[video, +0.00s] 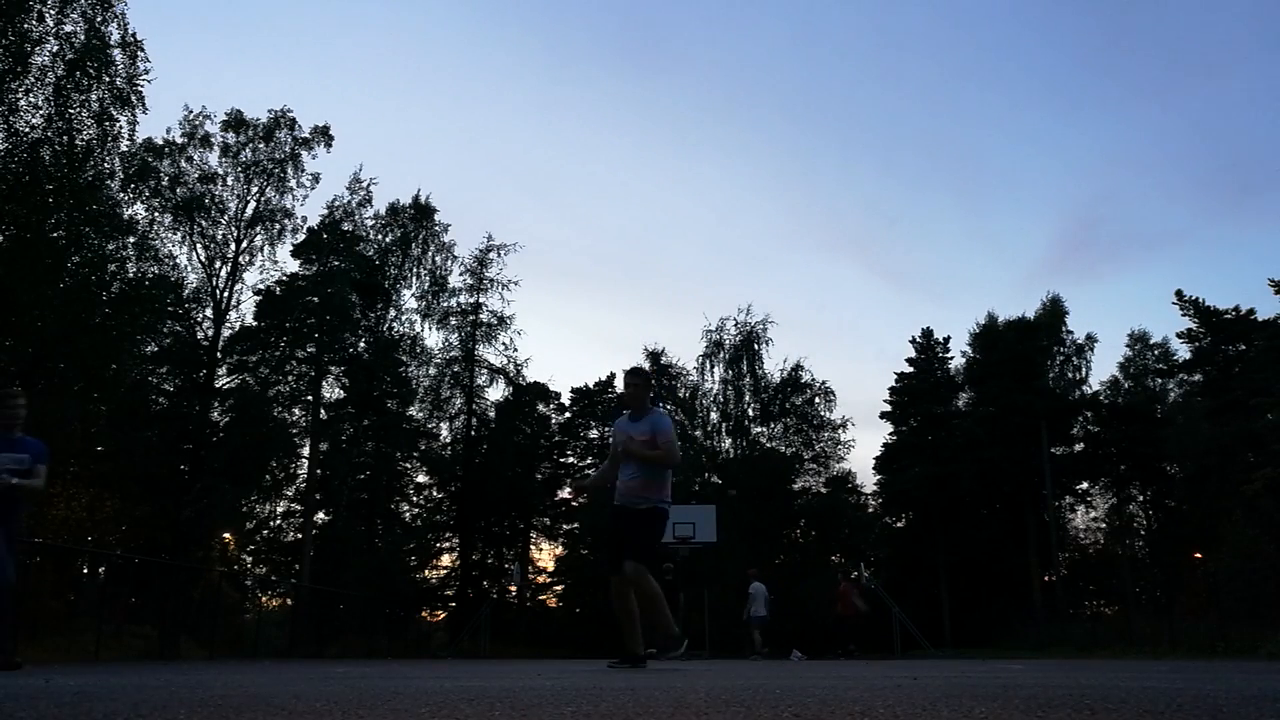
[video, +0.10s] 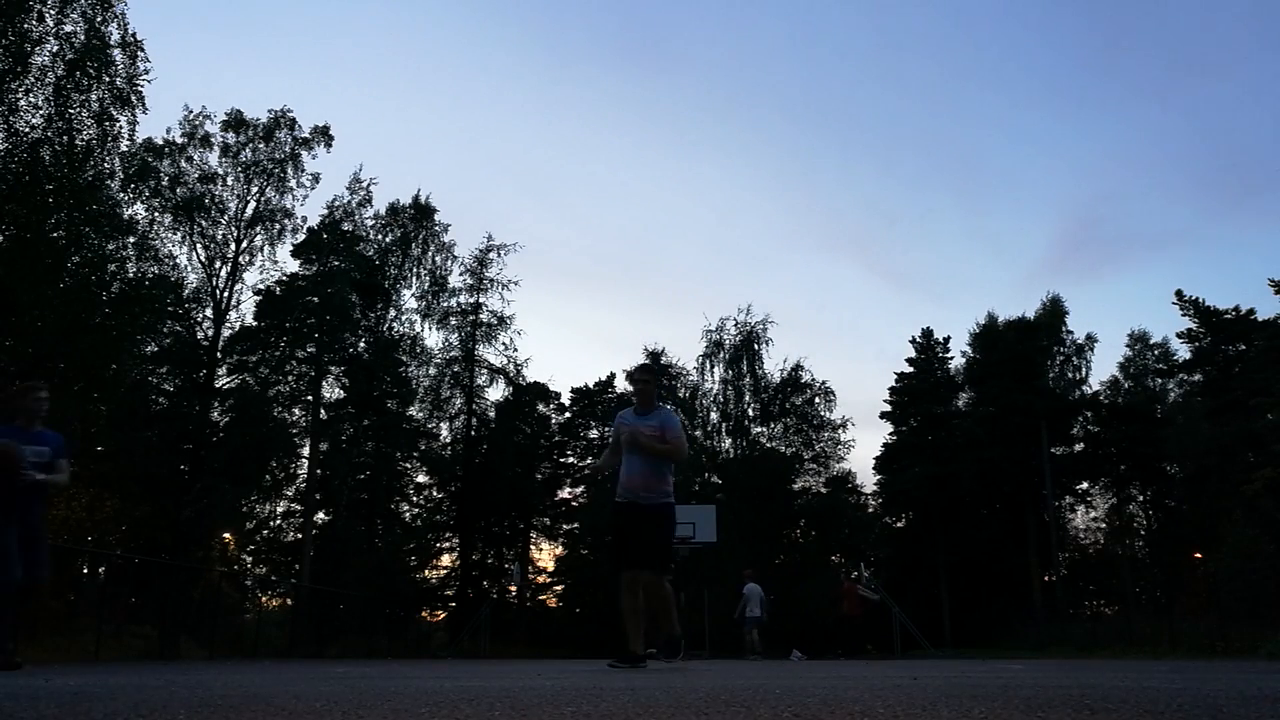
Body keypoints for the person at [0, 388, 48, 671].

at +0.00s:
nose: (16, 413)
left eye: (20, 408)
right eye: (11, 408)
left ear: (25, 412)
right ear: (3, 411)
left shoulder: (33, 448)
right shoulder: (3, 445)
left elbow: (39, 482)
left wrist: (14, 481)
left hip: (17, 524)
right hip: (2, 524)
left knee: (12, 586)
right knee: (6, 585)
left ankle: (9, 651)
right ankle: (5, 651)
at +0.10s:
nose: (43, 406)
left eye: (45, 401)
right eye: (37, 401)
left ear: (47, 405)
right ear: (24, 403)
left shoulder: (52, 439)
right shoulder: (9, 436)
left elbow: (64, 476)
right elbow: (8, 471)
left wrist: (40, 478)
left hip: (37, 516)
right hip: (8, 515)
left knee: (33, 582)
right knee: (9, 582)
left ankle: (20, 647)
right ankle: (6, 649)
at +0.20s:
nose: (64, 400)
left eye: (66, 396)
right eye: (58, 395)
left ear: (68, 400)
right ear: (43, 397)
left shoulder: (72, 436)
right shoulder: (20, 430)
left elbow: (85, 474)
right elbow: (7, 467)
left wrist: (65, 476)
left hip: (55, 513)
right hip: (20, 512)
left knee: (58, 578)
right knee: (18, 580)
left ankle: (46, 646)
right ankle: (14, 648)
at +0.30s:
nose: (86, 403)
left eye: (88, 398)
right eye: (81, 397)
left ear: (89, 403)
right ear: (66, 399)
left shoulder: (91, 439)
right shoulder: (41, 433)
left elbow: (105, 478)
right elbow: (12, 468)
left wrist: (91, 479)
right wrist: (39, 481)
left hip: (75, 516)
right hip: (40, 514)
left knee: (83, 581)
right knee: (27, 581)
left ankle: (86, 649)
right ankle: (14, 651)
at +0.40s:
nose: (109, 408)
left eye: (111, 403)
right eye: (104, 402)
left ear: (111, 408)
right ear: (89, 404)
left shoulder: (112, 445)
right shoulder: (64, 438)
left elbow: (123, 486)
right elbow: (36, 474)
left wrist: (113, 487)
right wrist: (63, 489)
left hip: (94, 521)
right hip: (59, 519)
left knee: (106, 581)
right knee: (36, 582)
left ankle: (126, 649)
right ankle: (13, 650)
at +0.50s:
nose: (133, 410)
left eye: (136, 405)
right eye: (128, 404)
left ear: (137, 411)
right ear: (113, 406)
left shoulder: (135, 447)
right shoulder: (90, 439)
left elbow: (138, 482)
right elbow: (66, 478)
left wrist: (144, 491)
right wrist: (92, 492)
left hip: (124, 524)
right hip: (89, 521)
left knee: (131, 584)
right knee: (60, 582)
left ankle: (136, 651)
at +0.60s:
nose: (158, 407)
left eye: (159, 402)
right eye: (153, 402)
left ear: (157, 408)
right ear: (138, 405)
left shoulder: (157, 444)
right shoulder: (114, 437)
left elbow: (161, 481)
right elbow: (93, 476)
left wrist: (167, 492)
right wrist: (121, 489)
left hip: (148, 522)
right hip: (117, 521)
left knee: (152, 584)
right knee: (107, 585)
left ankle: (144, 651)